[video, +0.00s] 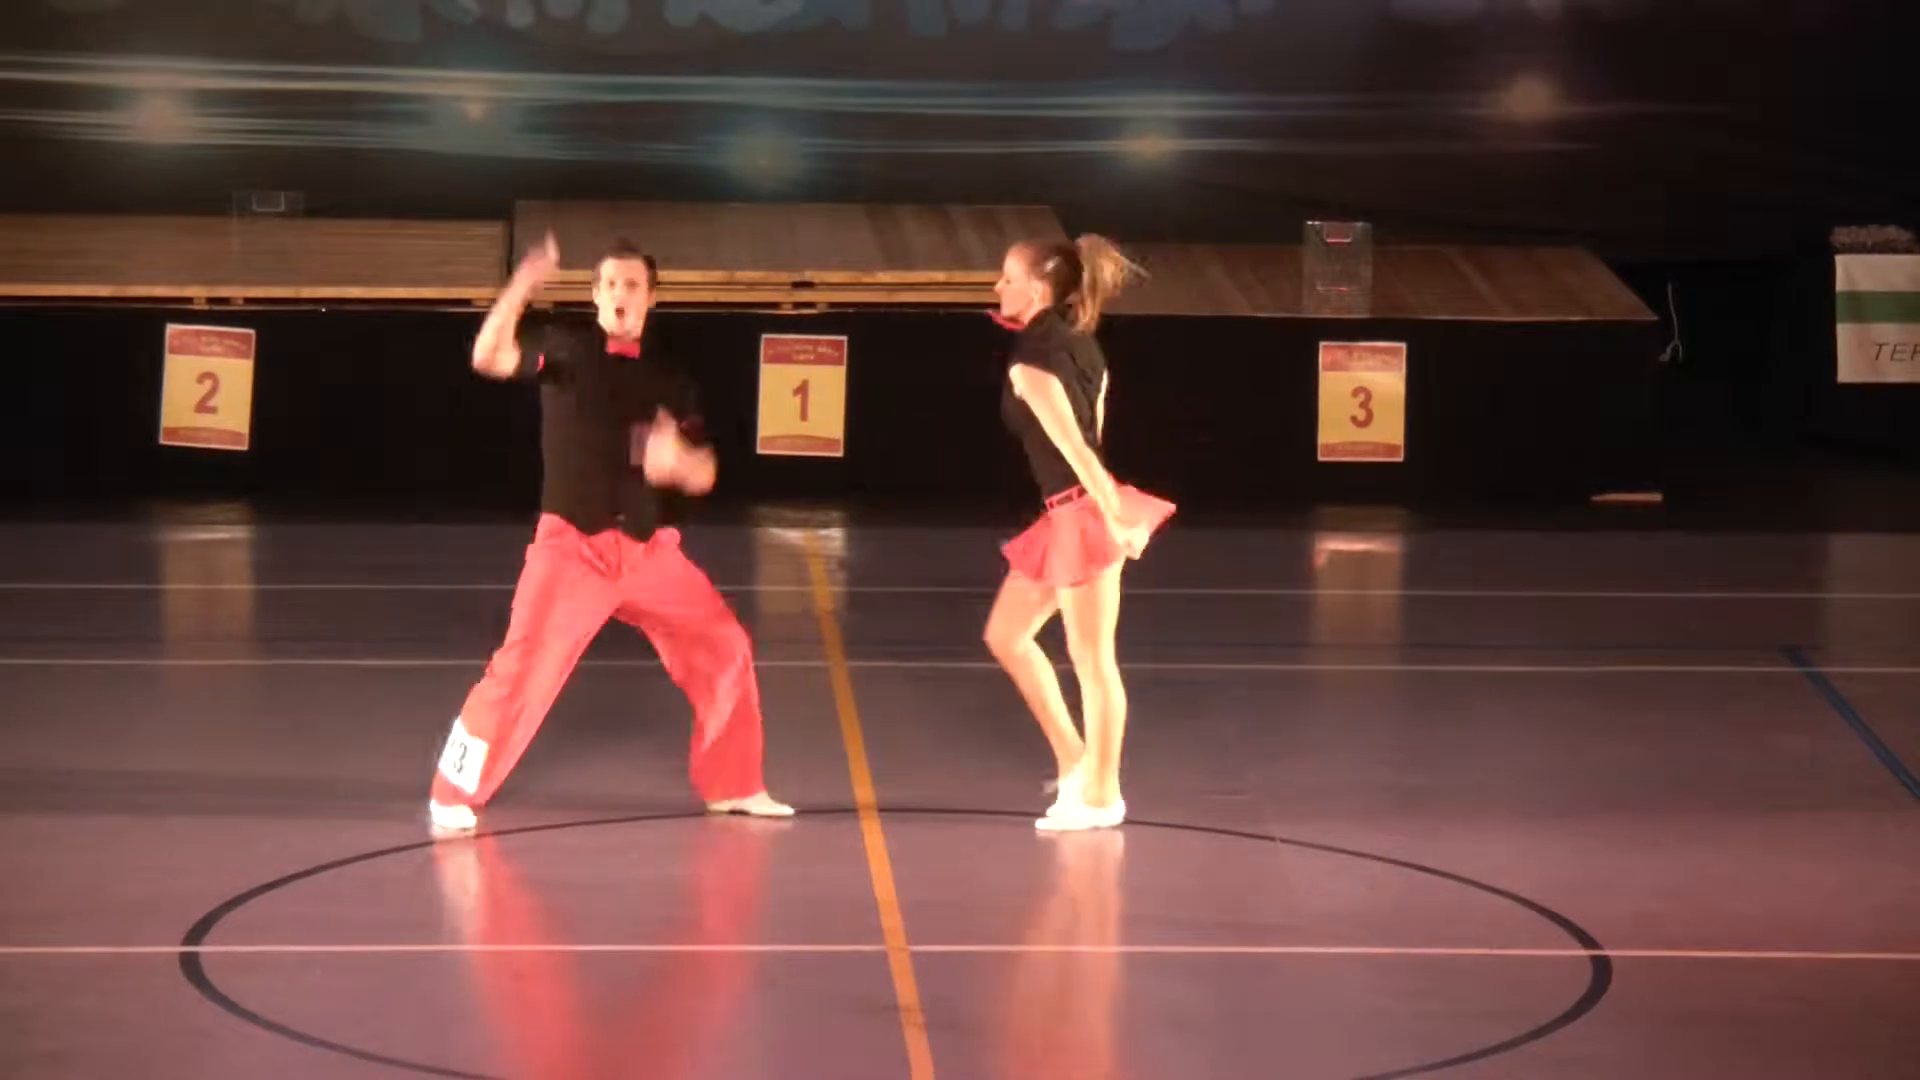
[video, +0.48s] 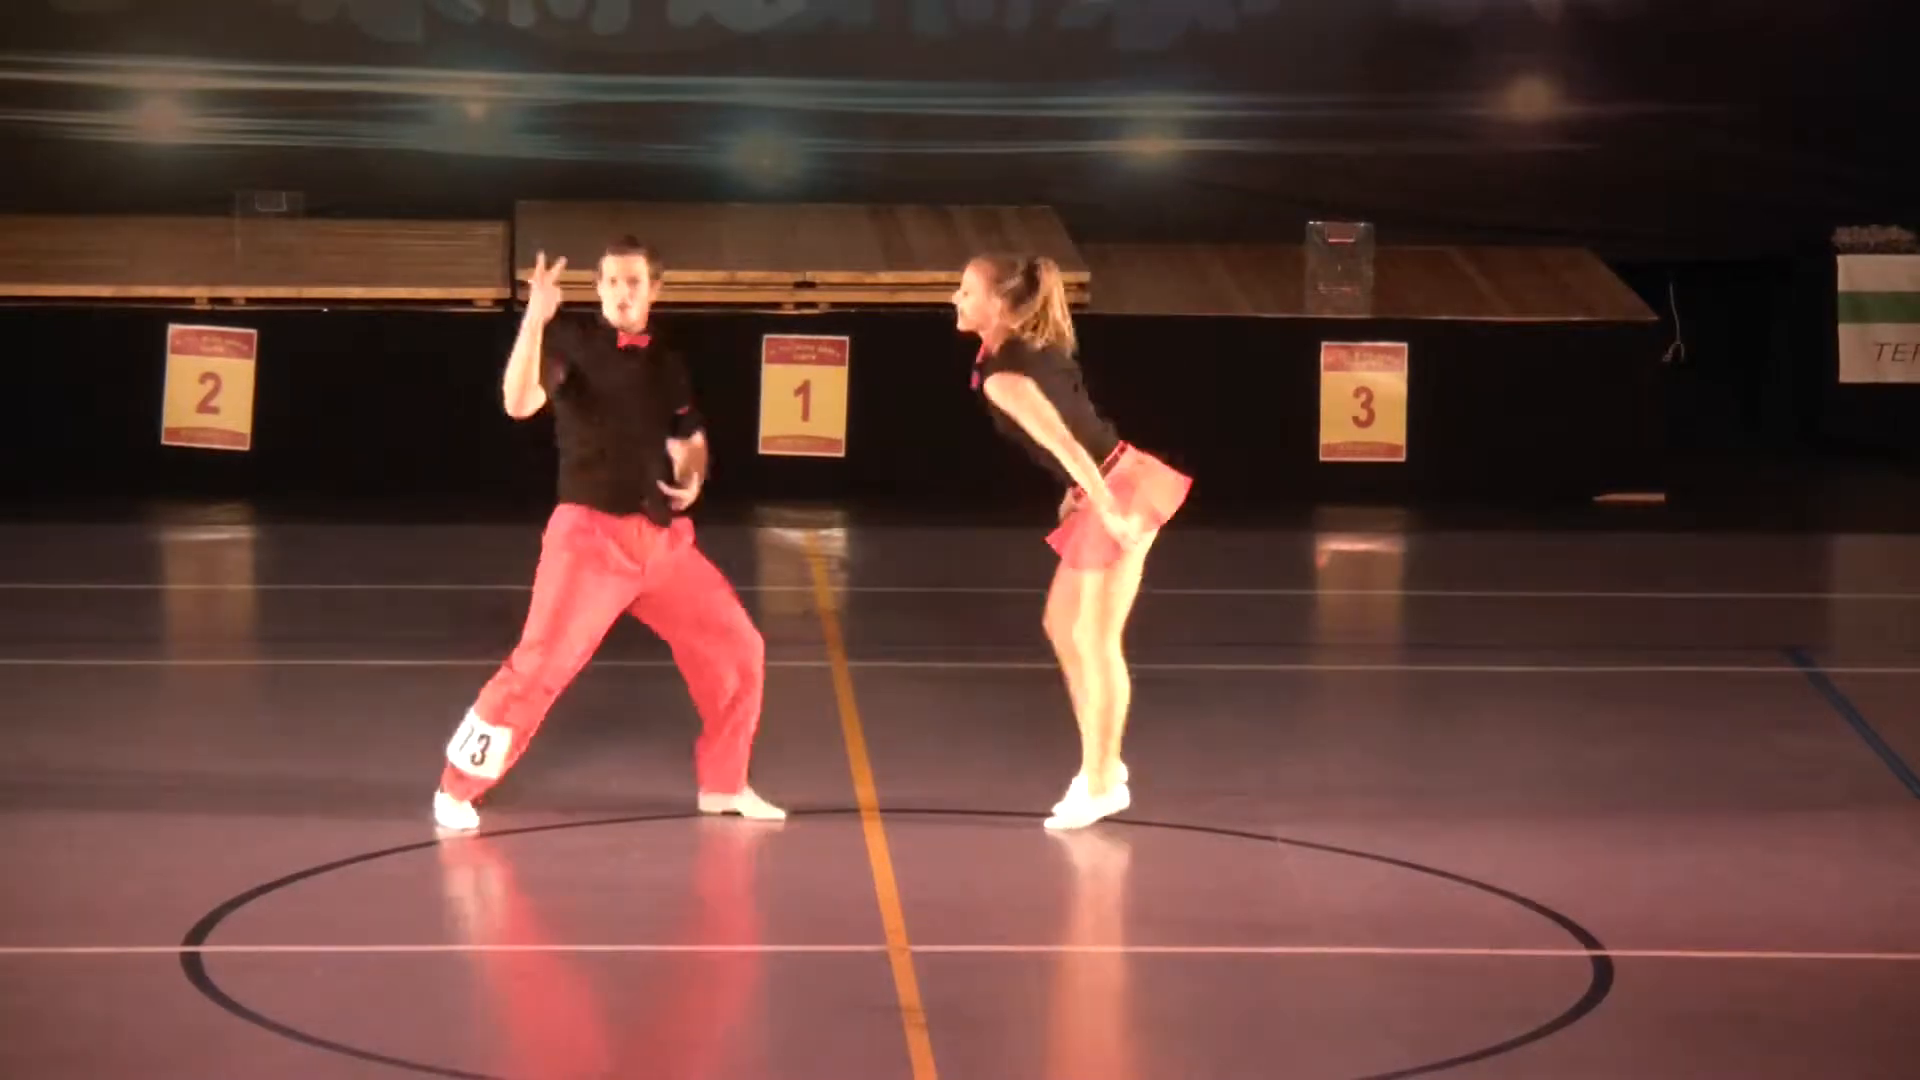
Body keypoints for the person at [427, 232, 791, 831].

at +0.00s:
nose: (621, 295)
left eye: (632, 284)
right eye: (611, 284)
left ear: (652, 297)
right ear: (594, 295)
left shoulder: (667, 375)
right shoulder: (564, 348)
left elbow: (705, 473)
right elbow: (488, 358)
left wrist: (678, 461)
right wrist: (521, 284)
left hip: (651, 553)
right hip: (570, 549)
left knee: (726, 647)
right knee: (525, 666)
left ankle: (733, 786)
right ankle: (453, 795)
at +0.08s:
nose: (618, 281)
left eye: (631, 271)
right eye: (609, 269)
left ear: (649, 281)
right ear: (592, 277)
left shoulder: (673, 350)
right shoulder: (561, 346)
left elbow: (723, 411)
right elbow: (492, 415)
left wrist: (702, 334)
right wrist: (533, 378)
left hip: (656, 537)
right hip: (570, 535)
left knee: (713, 658)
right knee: (518, 658)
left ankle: (748, 781)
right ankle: (461, 793)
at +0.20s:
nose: (610, 290)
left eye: (622, 280)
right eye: (601, 278)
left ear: (641, 291)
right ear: (586, 286)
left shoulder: (663, 347)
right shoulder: (565, 367)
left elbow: (742, 354)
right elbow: (552, 449)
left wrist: (715, 272)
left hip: (652, 541)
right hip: (575, 542)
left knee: (702, 662)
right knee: (507, 659)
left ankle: (771, 778)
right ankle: (496, 798)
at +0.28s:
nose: (607, 298)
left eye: (619, 287)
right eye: (598, 285)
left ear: (641, 297)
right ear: (583, 292)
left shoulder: (669, 361)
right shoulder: (561, 376)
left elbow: (752, 401)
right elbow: (551, 455)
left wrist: (702, 345)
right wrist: (561, 478)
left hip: (661, 554)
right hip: (577, 554)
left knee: (712, 675)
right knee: (503, 666)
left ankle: (777, 779)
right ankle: (497, 794)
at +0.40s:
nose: (618, 281)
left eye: (629, 269)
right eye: (607, 269)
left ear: (650, 277)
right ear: (593, 277)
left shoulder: (677, 347)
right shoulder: (565, 344)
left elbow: (724, 430)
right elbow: (525, 421)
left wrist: (699, 465)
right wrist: (540, 342)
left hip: (665, 529)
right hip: (584, 530)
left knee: (725, 648)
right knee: (541, 658)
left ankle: (751, 779)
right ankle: (470, 789)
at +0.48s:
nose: (623, 292)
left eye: (634, 280)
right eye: (613, 281)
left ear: (655, 287)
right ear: (598, 287)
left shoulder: (666, 361)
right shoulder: (570, 339)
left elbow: (688, 438)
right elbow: (520, 403)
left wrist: (689, 479)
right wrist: (535, 319)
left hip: (664, 539)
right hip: (588, 534)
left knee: (737, 648)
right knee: (544, 661)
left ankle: (723, 785)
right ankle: (457, 791)